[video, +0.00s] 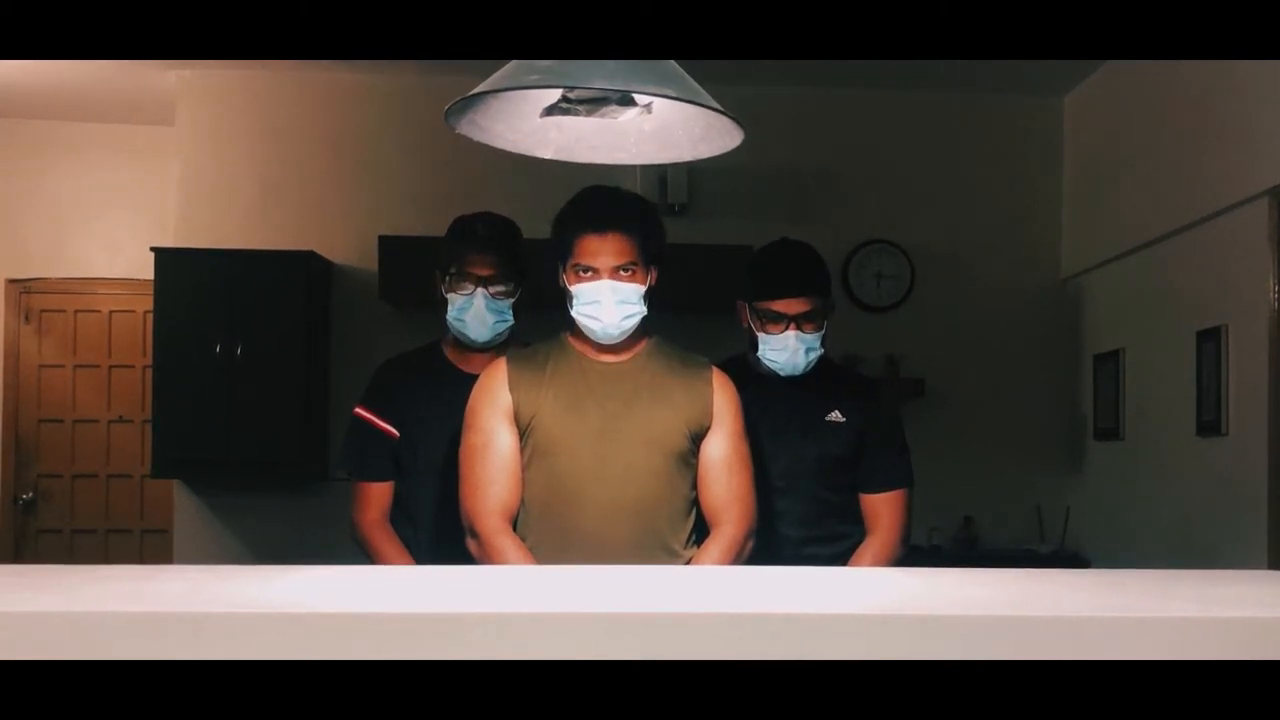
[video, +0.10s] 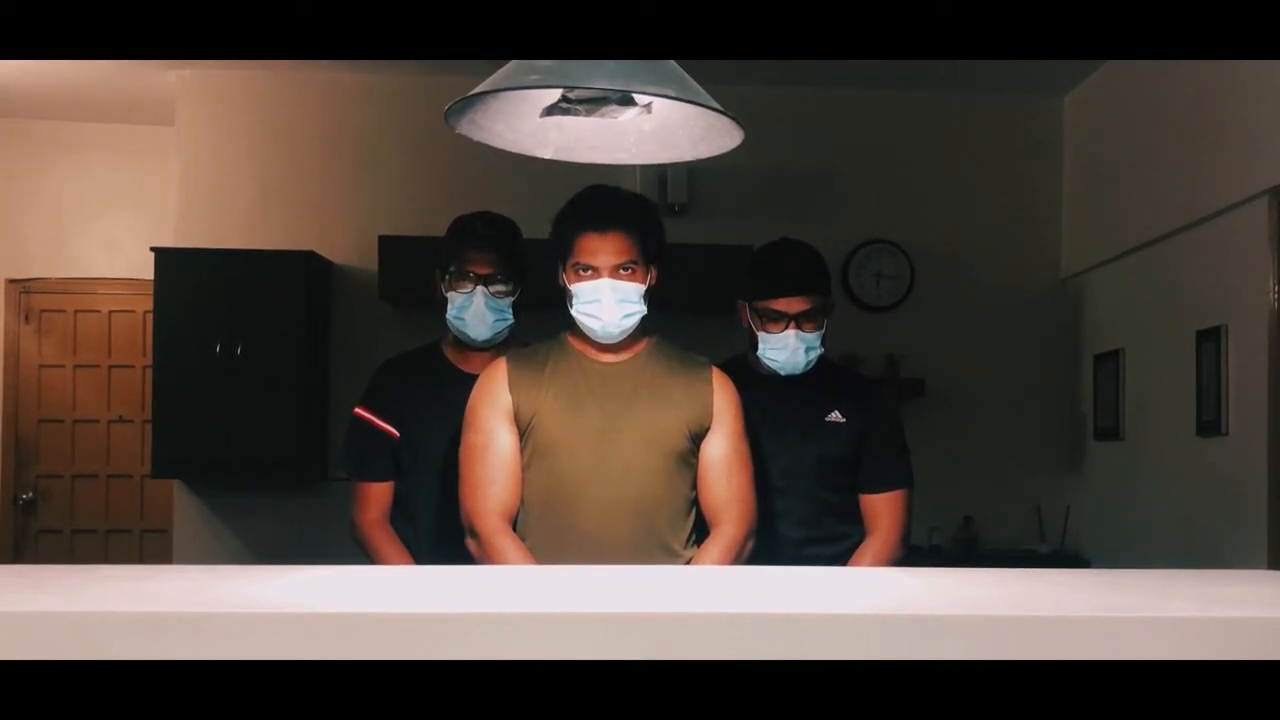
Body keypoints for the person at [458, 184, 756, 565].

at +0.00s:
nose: (606, 290)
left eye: (624, 271)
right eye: (586, 272)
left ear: (649, 276)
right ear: (564, 277)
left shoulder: (707, 388)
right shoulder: (507, 381)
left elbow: (733, 531)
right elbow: (486, 529)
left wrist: (669, 615)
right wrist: (555, 611)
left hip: (667, 615)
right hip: (545, 613)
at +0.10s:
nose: (605, 288)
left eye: (624, 270)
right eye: (586, 271)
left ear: (649, 276)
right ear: (564, 276)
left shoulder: (707, 389)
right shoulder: (507, 382)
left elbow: (734, 531)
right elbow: (486, 529)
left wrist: (670, 615)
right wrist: (554, 612)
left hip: (667, 616)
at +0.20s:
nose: (605, 288)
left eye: (624, 269)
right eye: (586, 270)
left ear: (649, 276)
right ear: (564, 276)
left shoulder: (707, 388)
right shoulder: (507, 381)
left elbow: (733, 531)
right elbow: (486, 529)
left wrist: (669, 614)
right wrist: (554, 611)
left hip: (667, 615)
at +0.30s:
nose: (605, 286)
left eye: (624, 268)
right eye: (586, 269)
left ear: (648, 275)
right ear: (564, 275)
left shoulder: (706, 388)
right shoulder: (507, 381)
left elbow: (733, 531)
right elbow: (486, 529)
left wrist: (669, 614)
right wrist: (554, 612)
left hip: (666, 616)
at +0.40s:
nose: (605, 285)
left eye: (624, 267)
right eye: (586, 267)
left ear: (648, 275)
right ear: (564, 274)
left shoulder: (706, 388)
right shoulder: (507, 381)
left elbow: (733, 531)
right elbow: (486, 529)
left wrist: (669, 614)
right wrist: (554, 611)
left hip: (667, 615)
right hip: (545, 614)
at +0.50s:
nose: (605, 283)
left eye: (624, 266)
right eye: (586, 266)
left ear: (648, 275)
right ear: (564, 274)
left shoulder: (706, 388)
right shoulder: (507, 381)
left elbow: (733, 531)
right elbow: (486, 530)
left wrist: (669, 614)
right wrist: (554, 612)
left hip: (666, 616)